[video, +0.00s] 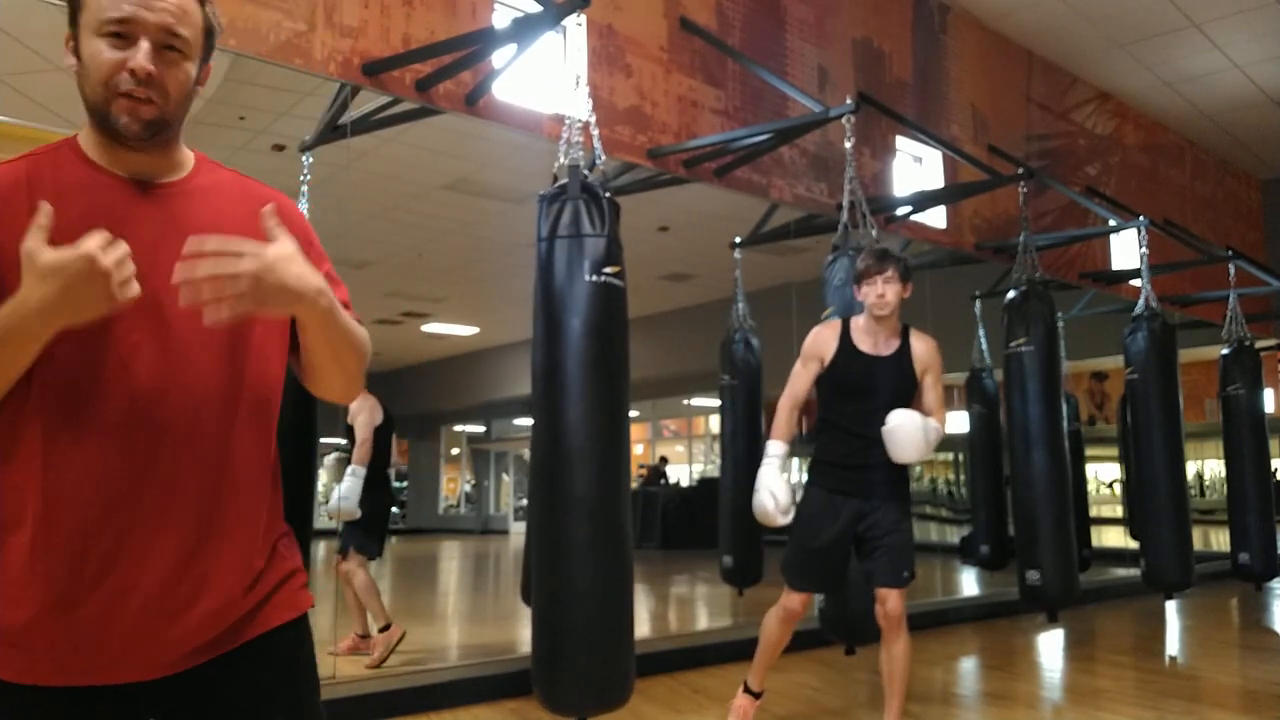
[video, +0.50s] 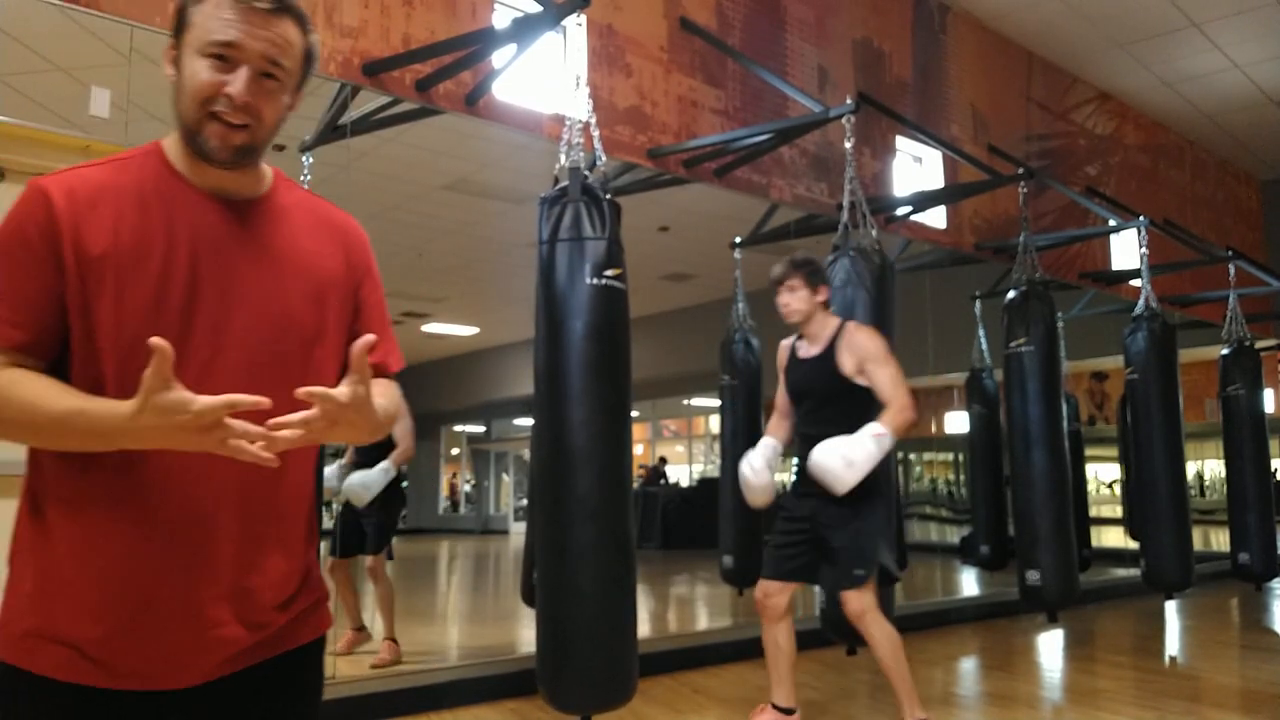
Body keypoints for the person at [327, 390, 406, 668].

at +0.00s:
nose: (338, 381)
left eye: (341, 375)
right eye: (338, 375)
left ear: (350, 374)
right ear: (358, 374)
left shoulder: (363, 404)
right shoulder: (364, 405)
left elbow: (364, 445)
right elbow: (387, 457)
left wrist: (351, 486)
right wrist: (343, 457)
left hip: (371, 490)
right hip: (369, 489)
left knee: (353, 563)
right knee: (344, 565)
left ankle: (386, 628)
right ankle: (362, 635)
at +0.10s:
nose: (333, 383)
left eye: (335, 376)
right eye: (333, 377)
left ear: (346, 374)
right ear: (355, 374)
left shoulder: (363, 403)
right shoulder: (358, 405)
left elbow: (365, 445)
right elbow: (366, 449)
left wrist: (352, 488)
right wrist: (342, 460)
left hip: (373, 490)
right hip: (366, 489)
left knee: (354, 565)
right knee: (345, 566)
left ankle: (387, 629)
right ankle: (362, 635)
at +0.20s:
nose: (333, 386)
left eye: (336, 380)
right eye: (333, 380)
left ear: (346, 378)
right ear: (356, 377)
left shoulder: (364, 404)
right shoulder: (358, 406)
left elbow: (366, 445)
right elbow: (367, 451)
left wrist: (353, 487)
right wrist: (342, 461)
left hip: (374, 489)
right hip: (365, 488)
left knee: (356, 564)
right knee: (346, 565)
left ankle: (390, 630)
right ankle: (362, 635)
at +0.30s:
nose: (351, 378)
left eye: (354, 371)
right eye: (350, 372)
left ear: (363, 376)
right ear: (354, 378)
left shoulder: (368, 406)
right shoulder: (357, 408)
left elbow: (371, 448)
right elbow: (364, 451)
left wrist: (358, 486)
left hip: (378, 490)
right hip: (363, 489)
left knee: (359, 565)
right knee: (344, 564)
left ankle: (395, 635)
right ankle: (363, 636)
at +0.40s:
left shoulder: (374, 398)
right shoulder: (347, 403)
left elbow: (385, 447)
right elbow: (362, 453)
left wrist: (366, 484)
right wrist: (342, 468)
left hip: (381, 486)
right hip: (358, 484)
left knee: (367, 564)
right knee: (342, 563)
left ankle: (390, 639)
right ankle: (362, 634)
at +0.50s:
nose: (354, 364)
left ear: (372, 364)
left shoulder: (388, 395)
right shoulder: (349, 402)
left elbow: (406, 447)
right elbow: (356, 447)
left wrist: (380, 472)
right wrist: (339, 469)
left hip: (385, 485)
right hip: (355, 483)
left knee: (374, 566)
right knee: (337, 564)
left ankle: (389, 641)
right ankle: (357, 628)